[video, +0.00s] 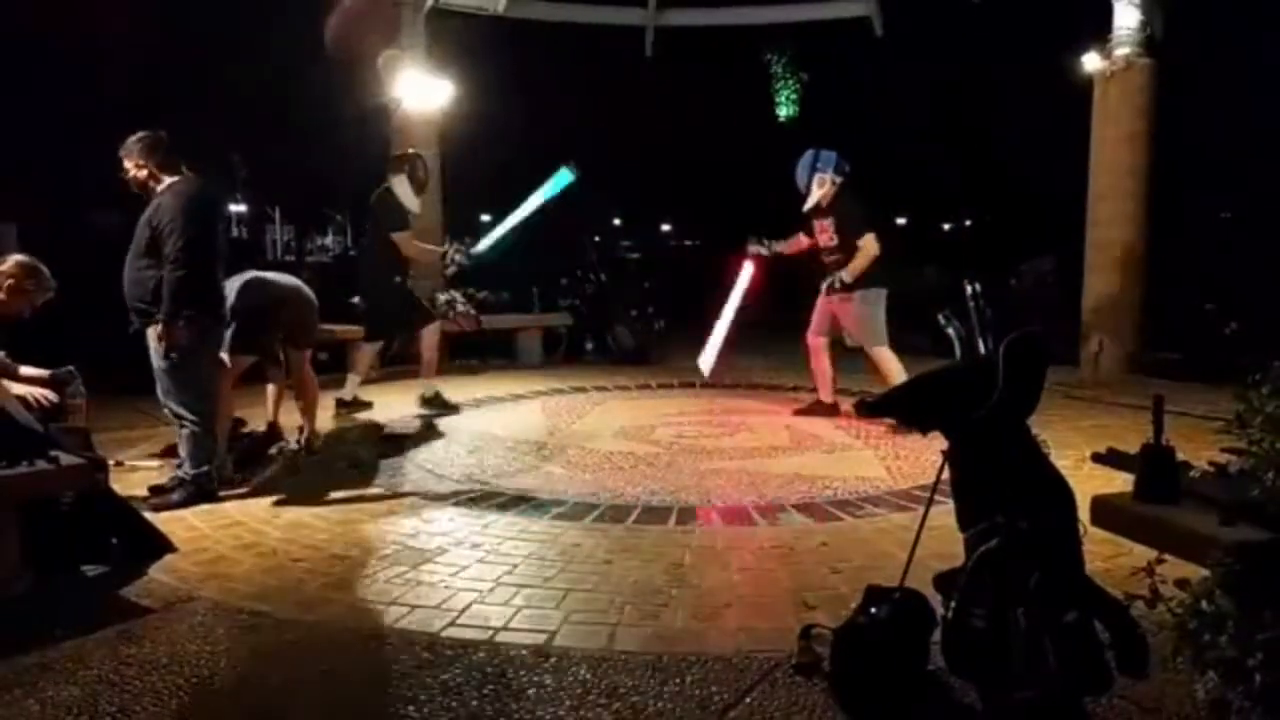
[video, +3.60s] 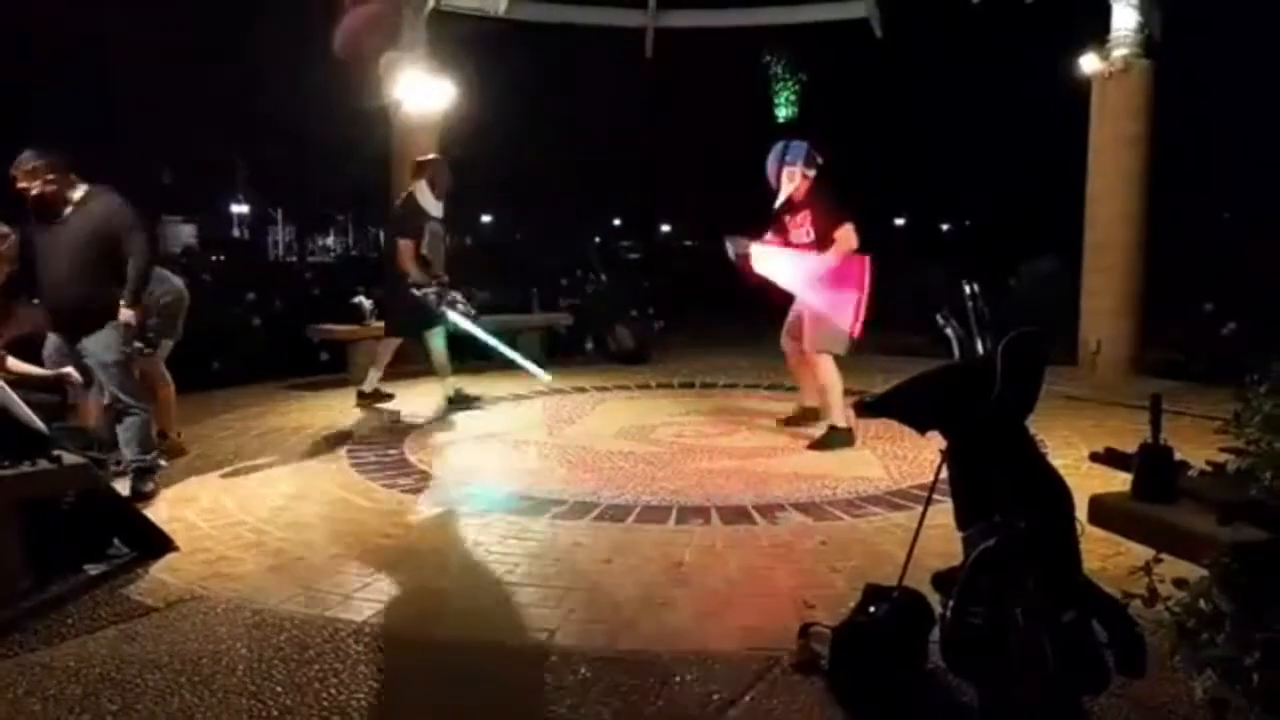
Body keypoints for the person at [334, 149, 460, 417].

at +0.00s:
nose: (425, 180)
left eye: (424, 174)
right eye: (421, 173)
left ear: (399, 173)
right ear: (408, 173)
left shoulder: (391, 199)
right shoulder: (388, 201)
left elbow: (408, 245)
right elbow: (407, 247)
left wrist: (441, 252)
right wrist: (443, 253)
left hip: (379, 282)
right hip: (386, 284)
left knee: (373, 337)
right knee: (430, 324)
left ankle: (348, 394)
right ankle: (429, 391)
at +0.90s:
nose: (393, 185)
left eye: (390, 179)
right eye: (387, 178)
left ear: (371, 177)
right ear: (376, 177)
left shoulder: (370, 199)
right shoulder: (366, 199)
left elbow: (385, 241)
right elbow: (384, 245)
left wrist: (417, 245)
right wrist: (419, 246)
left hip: (353, 276)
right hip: (363, 278)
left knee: (351, 335)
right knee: (396, 327)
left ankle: (324, 390)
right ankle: (405, 384)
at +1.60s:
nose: (419, 181)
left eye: (418, 175)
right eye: (415, 174)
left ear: (393, 175)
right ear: (403, 175)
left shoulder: (380, 202)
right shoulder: (388, 204)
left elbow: (403, 248)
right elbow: (405, 251)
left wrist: (439, 247)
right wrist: (443, 252)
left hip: (374, 284)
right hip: (388, 288)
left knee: (362, 336)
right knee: (431, 323)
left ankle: (326, 391)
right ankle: (437, 396)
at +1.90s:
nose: (448, 171)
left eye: (447, 164)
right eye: (443, 164)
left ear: (417, 165)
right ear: (431, 164)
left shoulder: (408, 190)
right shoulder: (419, 188)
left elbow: (438, 238)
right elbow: (440, 239)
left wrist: (479, 242)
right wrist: (482, 243)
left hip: (392, 272)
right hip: (407, 274)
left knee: (389, 327)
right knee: (438, 327)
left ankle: (353, 384)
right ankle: (438, 395)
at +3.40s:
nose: (463, 185)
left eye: (462, 179)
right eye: (459, 179)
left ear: (442, 181)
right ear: (446, 181)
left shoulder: (439, 207)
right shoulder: (429, 212)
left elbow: (445, 254)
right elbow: (438, 263)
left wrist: (464, 274)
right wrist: (467, 276)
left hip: (426, 285)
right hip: (428, 286)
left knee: (413, 335)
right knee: (470, 326)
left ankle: (373, 384)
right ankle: (473, 392)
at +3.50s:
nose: (451, 185)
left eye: (451, 179)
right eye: (447, 179)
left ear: (432, 180)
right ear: (435, 181)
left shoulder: (432, 208)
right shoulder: (415, 212)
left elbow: (431, 249)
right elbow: (415, 260)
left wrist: (446, 274)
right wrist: (440, 286)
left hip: (418, 277)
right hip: (410, 280)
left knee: (401, 334)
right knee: (447, 327)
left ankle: (369, 386)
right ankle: (467, 389)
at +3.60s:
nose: (448, 180)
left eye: (447, 174)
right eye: (443, 174)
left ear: (434, 176)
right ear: (430, 176)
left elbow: (432, 247)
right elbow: (405, 256)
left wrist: (438, 274)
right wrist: (424, 282)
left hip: (418, 277)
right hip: (405, 279)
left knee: (394, 333)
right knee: (435, 327)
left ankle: (369, 387)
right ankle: (450, 391)